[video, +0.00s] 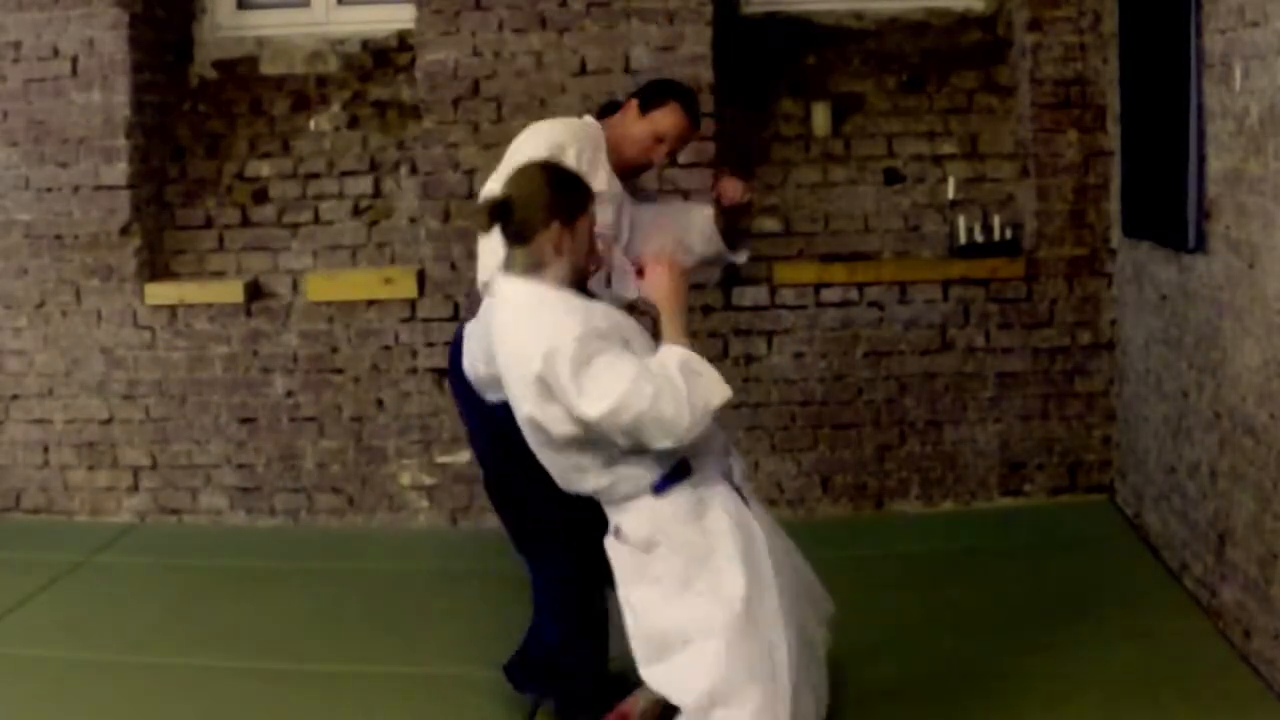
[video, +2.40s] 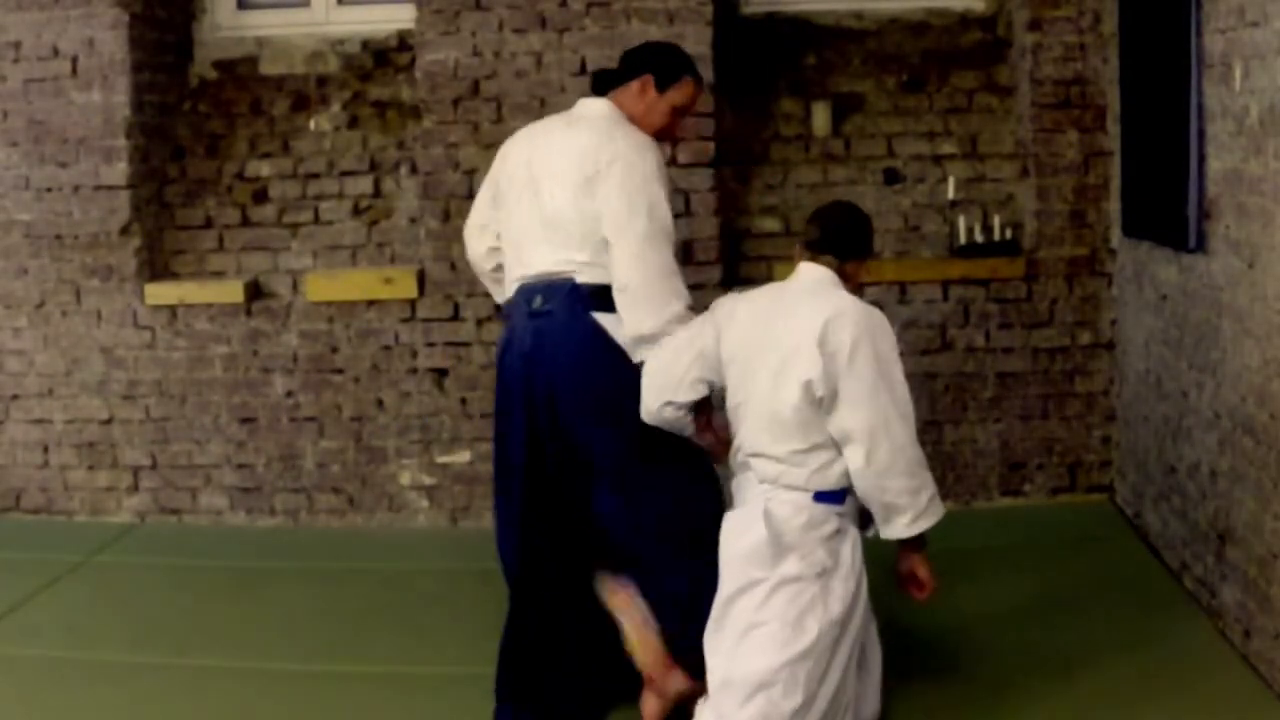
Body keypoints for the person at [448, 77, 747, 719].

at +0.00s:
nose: (661, 161)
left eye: (672, 152)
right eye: (660, 142)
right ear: (631, 112)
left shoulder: (622, 186)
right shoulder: (554, 145)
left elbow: (651, 240)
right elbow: (501, 222)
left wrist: (717, 215)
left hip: (554, 364)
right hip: (488, 356)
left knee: (580, 524)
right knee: (557, 528)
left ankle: (556, 672)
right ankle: (562, 681)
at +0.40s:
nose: (665, 154)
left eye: (676, 143)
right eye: (663, 135)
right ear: (631, 102)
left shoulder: (614, 164)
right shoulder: (555, 158)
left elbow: (646, 216)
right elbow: (526, 289)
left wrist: (703, 208)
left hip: (580, 367)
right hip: (522, 372)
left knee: (601, 547)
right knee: (532, 555)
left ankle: (614, 680)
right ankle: (540, 698)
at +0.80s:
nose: (702, 153)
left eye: (712, 142)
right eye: (704, 134)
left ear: (667, 105)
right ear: (672, 103)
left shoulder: (625, 148)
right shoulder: (609, 157)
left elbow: (660, 205)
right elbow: (590, 295)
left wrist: (719, 191)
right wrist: (655, 363)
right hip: (564, 357)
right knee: (576, 534)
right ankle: (555, 693)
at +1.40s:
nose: (704, 157)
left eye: (714, 146)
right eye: (704, 137)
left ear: (664, 108)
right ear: (672, 106)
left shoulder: (595, 143)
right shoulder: (621, 159)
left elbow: (655, 227)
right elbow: (614, 296)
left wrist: (720, 199)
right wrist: (669, 388)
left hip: (539, 353)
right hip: (580, 359)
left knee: (556, 544)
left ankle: (544, 694)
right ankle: (663, 675)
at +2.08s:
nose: (702, 152)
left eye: (711, 139)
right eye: (702, 131)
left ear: (658, 101)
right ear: (667, 101)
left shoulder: (571, 146)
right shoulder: (624, 160)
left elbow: (587, 250)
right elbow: (632, 296)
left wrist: (676, 249)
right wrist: (687, 401)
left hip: (531, 351)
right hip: (588, 355)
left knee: (551, 539)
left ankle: (539, 694)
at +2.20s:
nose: (695, 146)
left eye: (704, 133)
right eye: (695, 126)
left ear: (646, 100)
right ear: (656, 98)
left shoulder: (563, 151)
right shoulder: (620, 161)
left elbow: (550, 275)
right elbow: (635, 300)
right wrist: (687, 401)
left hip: (530, 352)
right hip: (589, 354)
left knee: (552, 540)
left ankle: (542, 695)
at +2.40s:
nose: (677, 131)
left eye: (685, 116)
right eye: (679, 110)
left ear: (626, 87)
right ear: (643, 87)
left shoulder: (522, 143)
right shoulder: (626, 148)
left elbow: (480, 237)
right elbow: (648, 280)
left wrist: (527, 303)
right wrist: (694, 389)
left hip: (523, 338)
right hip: (598, 327)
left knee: (541, 525)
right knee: (676, 497)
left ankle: (540, 694)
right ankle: (640, 594)